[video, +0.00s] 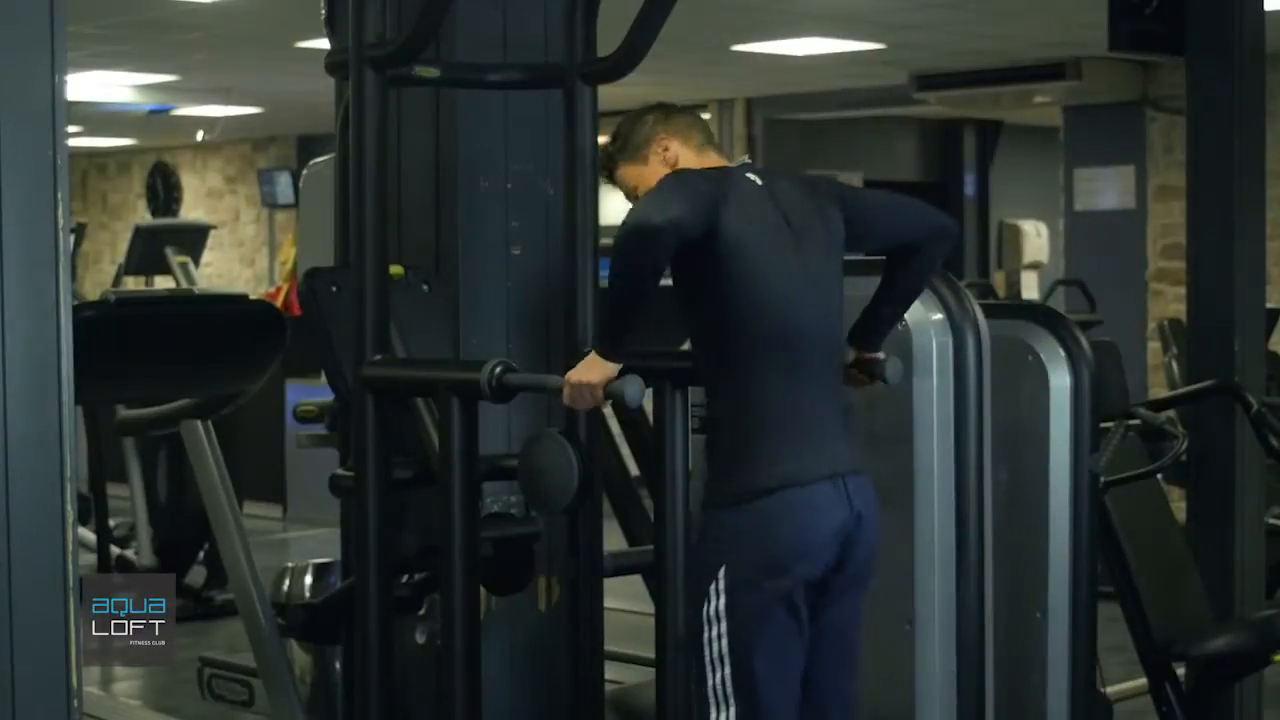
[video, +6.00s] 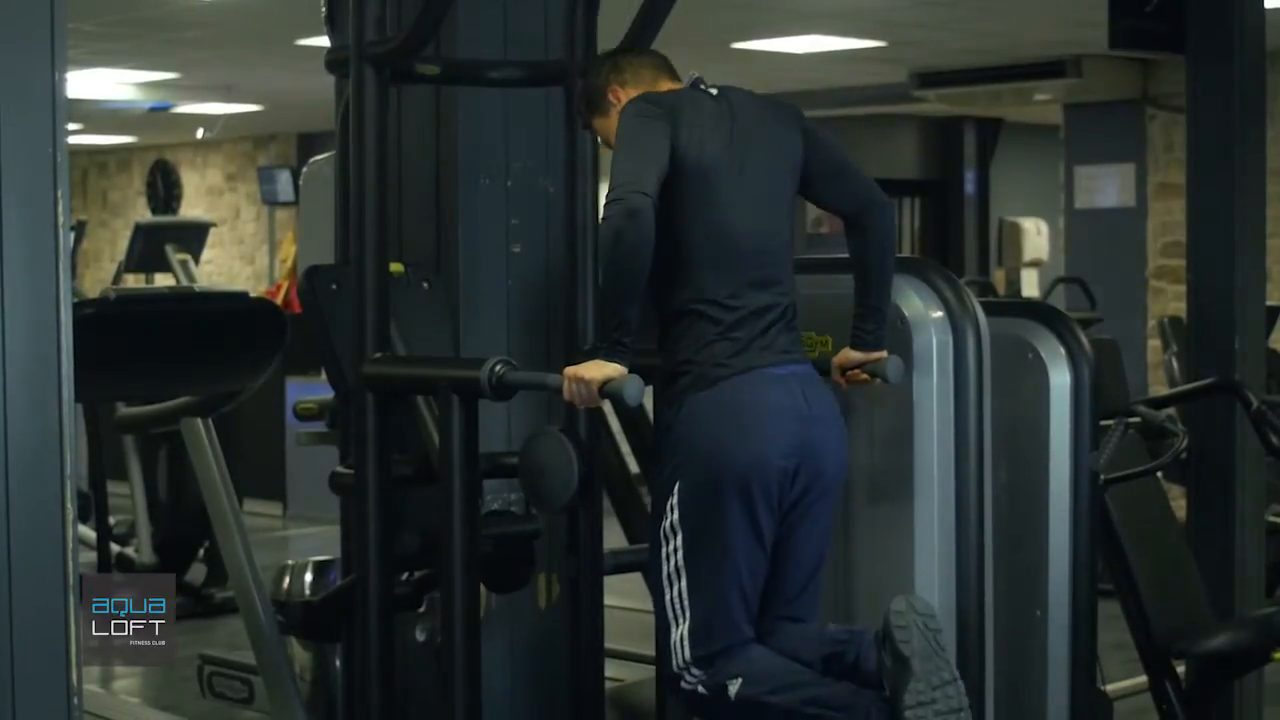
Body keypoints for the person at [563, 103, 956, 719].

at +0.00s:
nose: (642, 208)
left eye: (637, 192)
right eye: (634, 196)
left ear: (666, 153)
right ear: (711, 149)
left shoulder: (692, 190)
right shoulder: (813, 194)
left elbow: (651, 224)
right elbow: (933, 231)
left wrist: (606, 350)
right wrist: (866, 343)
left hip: (762, 501)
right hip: (845, 490)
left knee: (746, 705)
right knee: (829, 702)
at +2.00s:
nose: (601, 203)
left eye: (593, 189)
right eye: (593, 194)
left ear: (607, 156)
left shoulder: (639, 157)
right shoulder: (765, 157)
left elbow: (623, 221)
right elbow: (877, 213)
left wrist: (608, 351)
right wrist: (868, 342)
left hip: (734, 452)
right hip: (818, 438)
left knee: (707, 694)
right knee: (785, 664)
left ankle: (874, 706)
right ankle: (886, 682)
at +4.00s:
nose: (600, 202)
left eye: (593, 190)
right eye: (592, 196)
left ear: (606, 152)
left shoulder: (636, 155)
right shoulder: (760, 156)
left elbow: (618, 219)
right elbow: (873, 212)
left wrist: (609, 353)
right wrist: (868, 340)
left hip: (722, 451)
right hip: (811, 436)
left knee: (714, 694)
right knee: (787, 667)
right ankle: (883, 693)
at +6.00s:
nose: (611, 148)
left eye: (604, 132)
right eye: (603, 139)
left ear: (617, 98)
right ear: (677, 79)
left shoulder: (647, 115)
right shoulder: (776, 117)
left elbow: (630, 210)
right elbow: (871, 207)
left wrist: (614, 350)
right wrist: (869, 339)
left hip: (720, 411)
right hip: (808, 398)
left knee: (704, 664)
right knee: (780, 635)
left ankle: (880, 705)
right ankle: (881, 654)